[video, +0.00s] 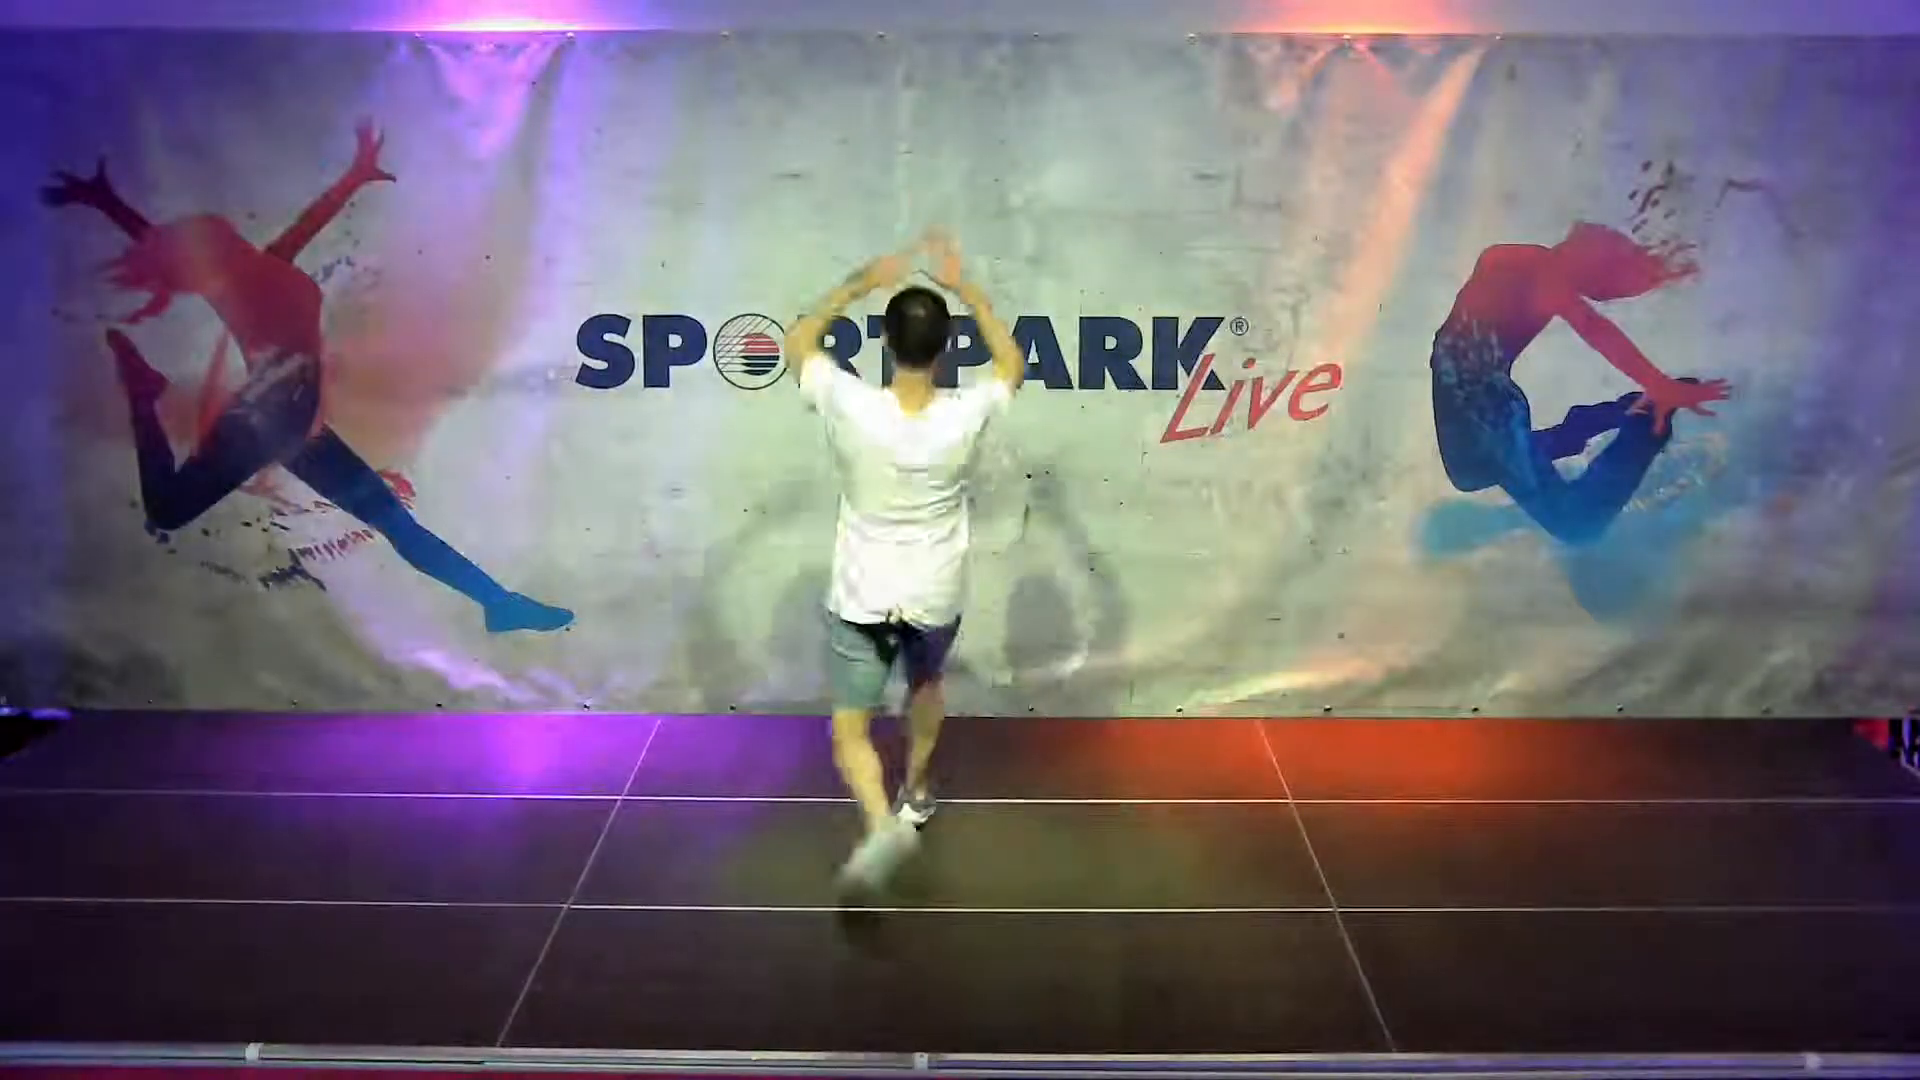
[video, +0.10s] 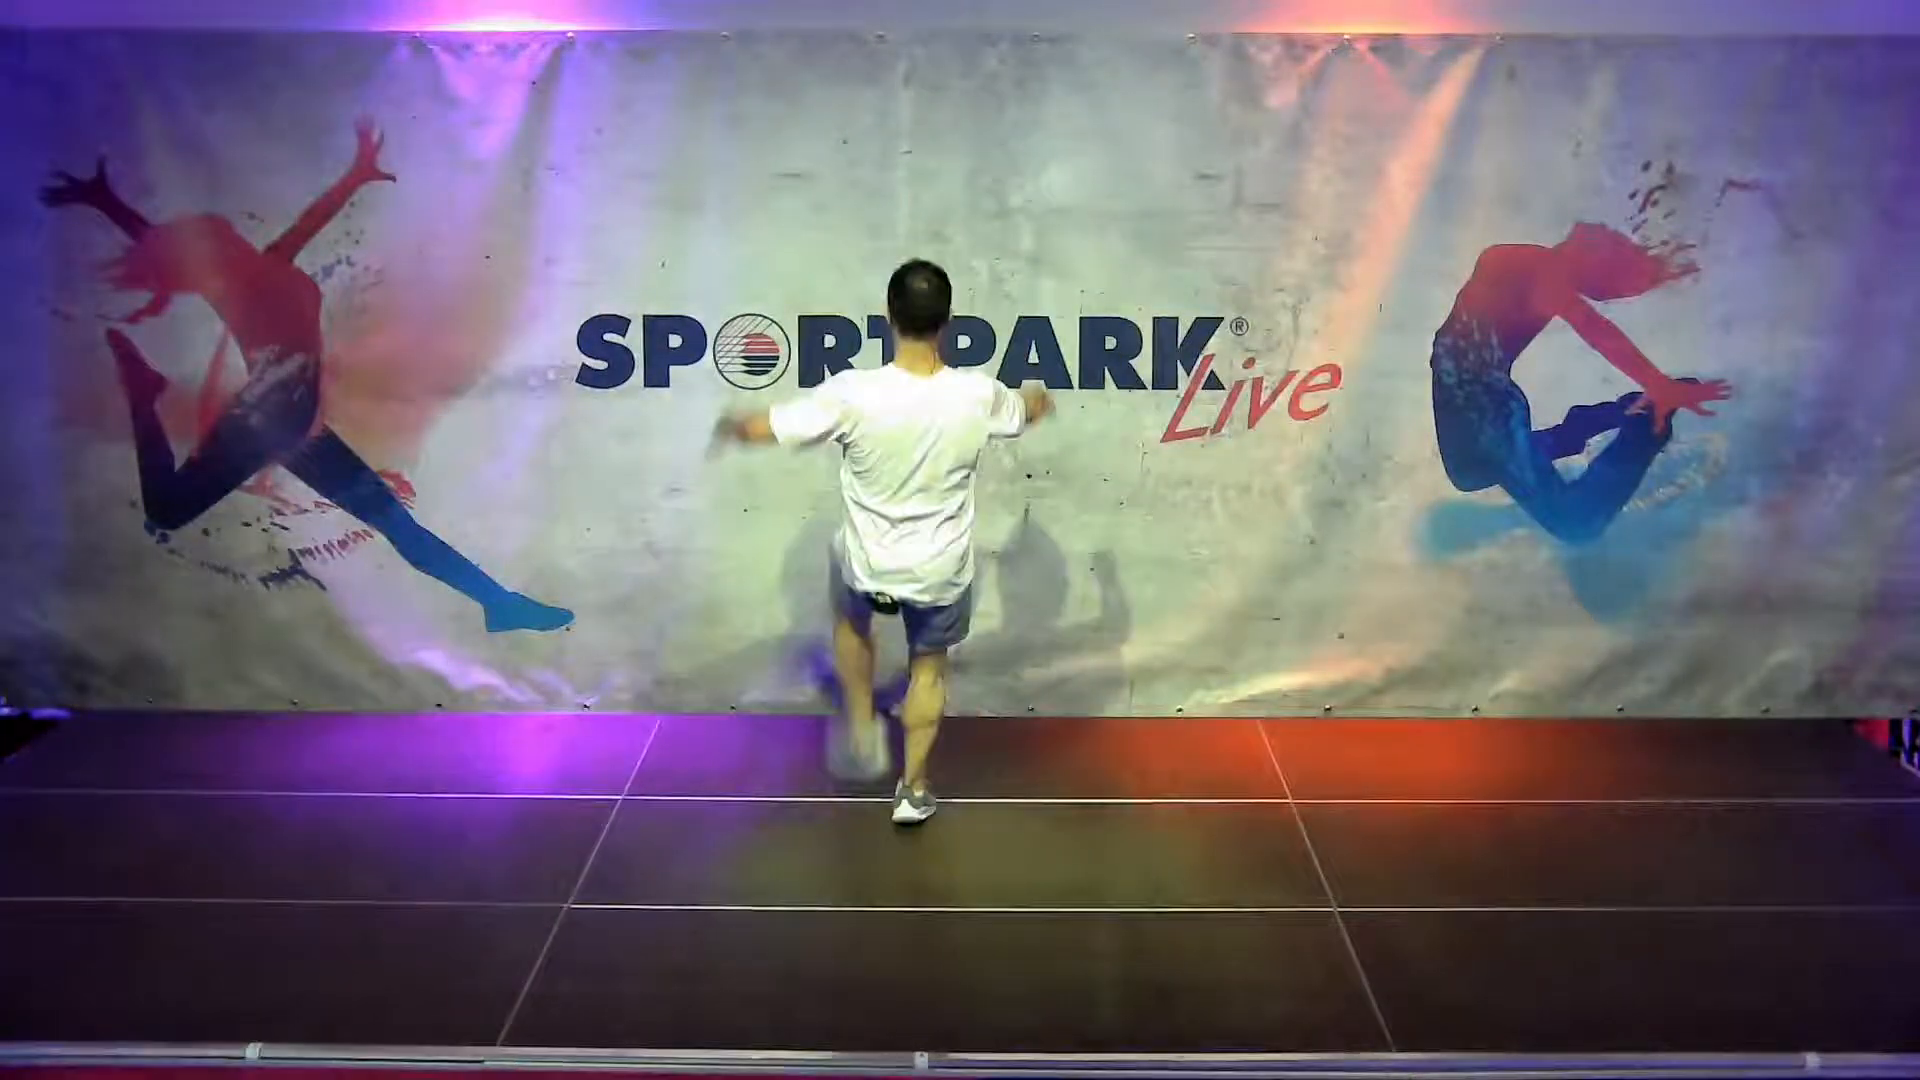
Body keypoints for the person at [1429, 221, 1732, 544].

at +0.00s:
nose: (1597, 284)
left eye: (1605, 281)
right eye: (1605, 278)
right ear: (1592, 243)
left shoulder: (1551, 283)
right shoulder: (1534, 265)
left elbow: (1596, 330)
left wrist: (1657, 383)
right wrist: (1649, 266)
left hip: (1485, 396)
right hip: (1455, 385)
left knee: (1575, 524)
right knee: (1468, 474)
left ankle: (1647, 426)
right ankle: (1569, 437)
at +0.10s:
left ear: (1591, 247)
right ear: (1593, 240)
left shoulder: (1548, 281)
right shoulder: (1536, 266)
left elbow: (1597, 330)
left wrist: (1657, 384)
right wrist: (1649, 271)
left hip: (1486, 400)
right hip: (1454, 389)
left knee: (1575, 524)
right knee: (1468, 474)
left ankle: (1647, 427)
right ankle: (1571, 436)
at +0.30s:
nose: (1599, 230)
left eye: (1605, 245)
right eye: (1611, 239)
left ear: (1592, 249)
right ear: (1593, 237)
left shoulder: (1547, 281)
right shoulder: (1535, 265)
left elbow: (1596, 329)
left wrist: (1657, 383)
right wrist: (1649, 272)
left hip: (1487, 401)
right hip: (1454, 390)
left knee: (1575, 524)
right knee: (1468, 474)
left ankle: (1648, 425)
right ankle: (1570, 436)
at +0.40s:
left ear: (1588, 244)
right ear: (1592, 240)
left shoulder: (1547, 280)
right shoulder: (1537, 266)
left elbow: (1596, 329)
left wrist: (1657, 383)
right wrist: (1648, 271)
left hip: (1486, 400)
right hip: (1455, 388)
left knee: (1575, 524)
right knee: (1468, 474)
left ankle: (1647, 426)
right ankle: (1570, 437)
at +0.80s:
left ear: (1589, 244)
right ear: (1592, 238)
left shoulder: (1547, 281)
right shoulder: (1535, 265)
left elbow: (1596, 329)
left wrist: (1657, 383)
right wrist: (1648, 271)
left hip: (1486, 401)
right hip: (1455, 390)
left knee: (1575, 524)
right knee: (1467, 474)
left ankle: (1647, 426)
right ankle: (1570, 437)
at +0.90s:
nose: (1599, 231)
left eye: (1604, 245)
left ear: (1589, 245)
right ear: (1592, 237)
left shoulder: (1547, 281)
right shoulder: (1536, 265)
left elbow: (1596, 329)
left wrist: (1657, 383)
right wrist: (1648, 272)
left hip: (1486, 401)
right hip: (1455, 390)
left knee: (1575, 524)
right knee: (1467, 474)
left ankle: (1647, 426)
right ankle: (1570, 437)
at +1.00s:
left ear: (1588, 243)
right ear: (1591, 238)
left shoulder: (1546, 280)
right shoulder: (1537, 265)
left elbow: (1596, 330)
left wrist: (1657, 383)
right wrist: (1648, 271)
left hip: (1486, 400)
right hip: (1454, 388)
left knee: (1575, 524)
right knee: (1468, 474)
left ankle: (1647, 426)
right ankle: (1570, 437)